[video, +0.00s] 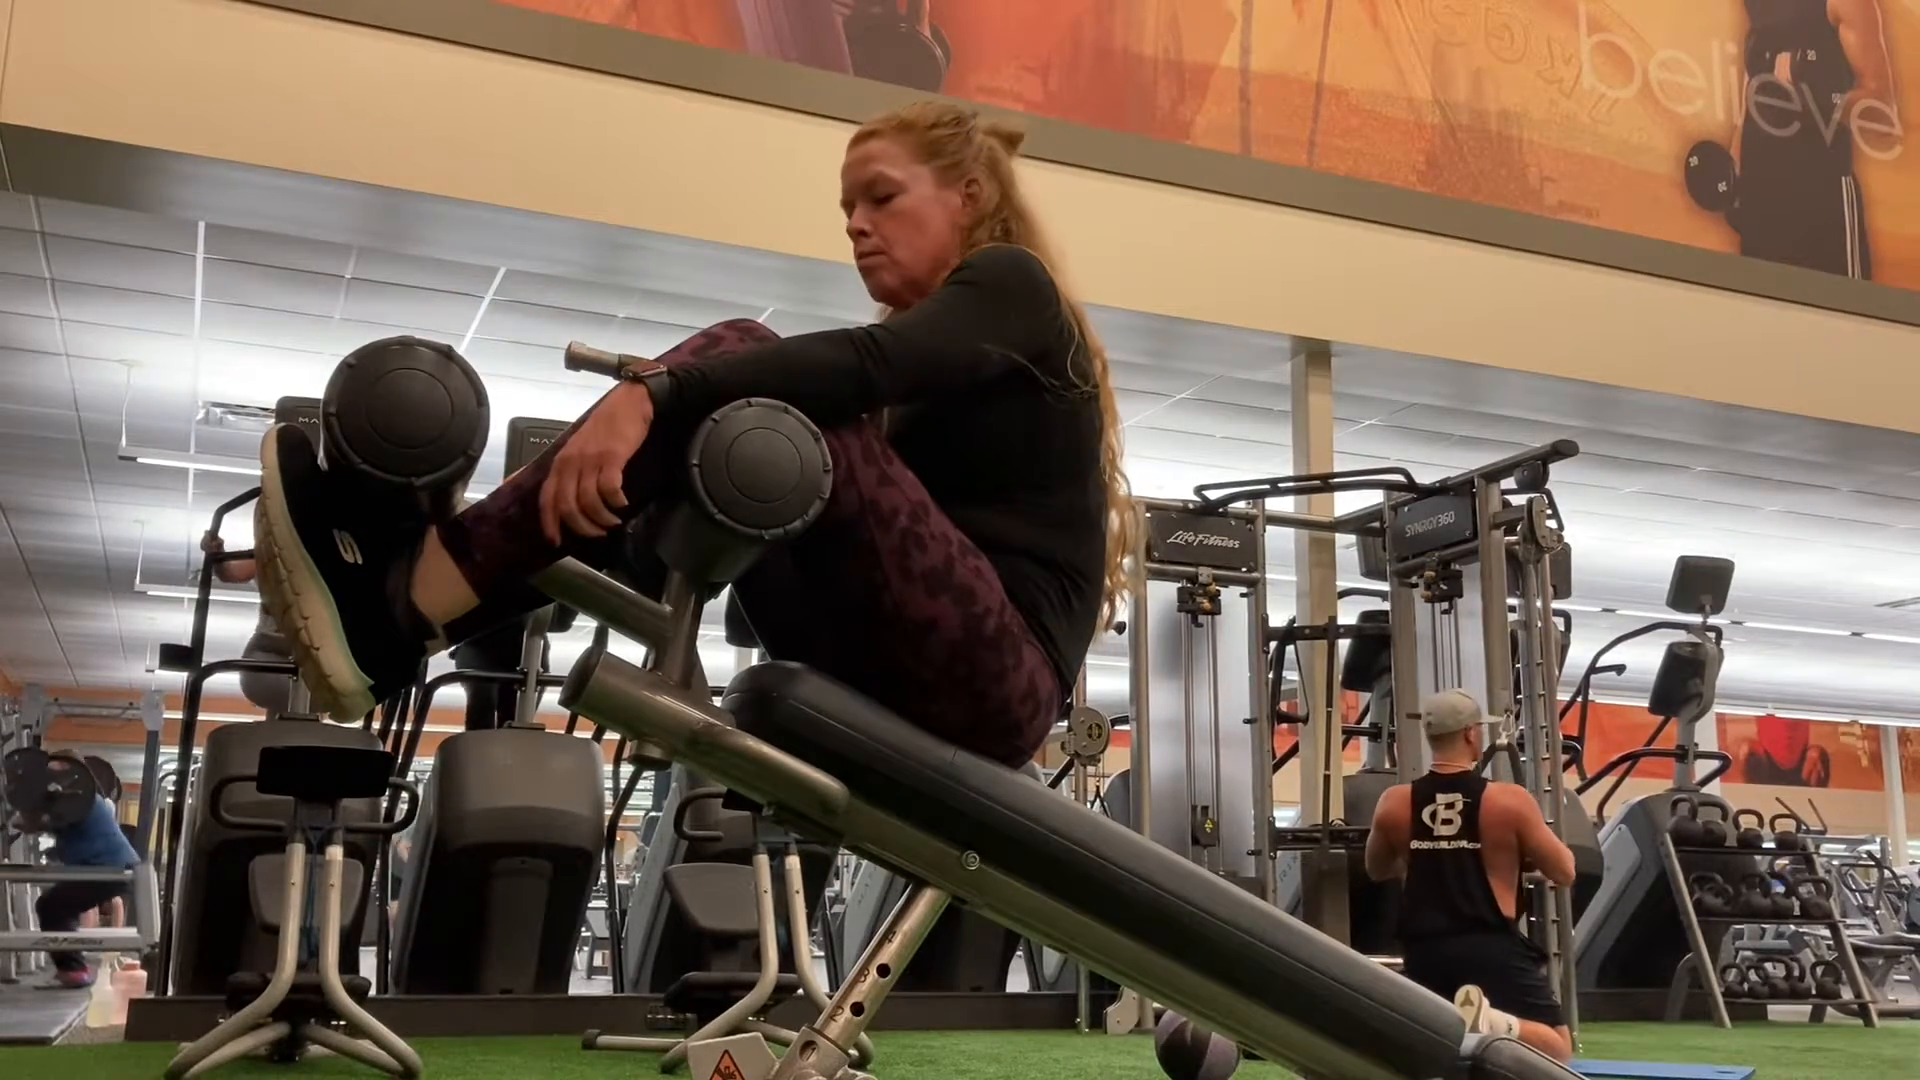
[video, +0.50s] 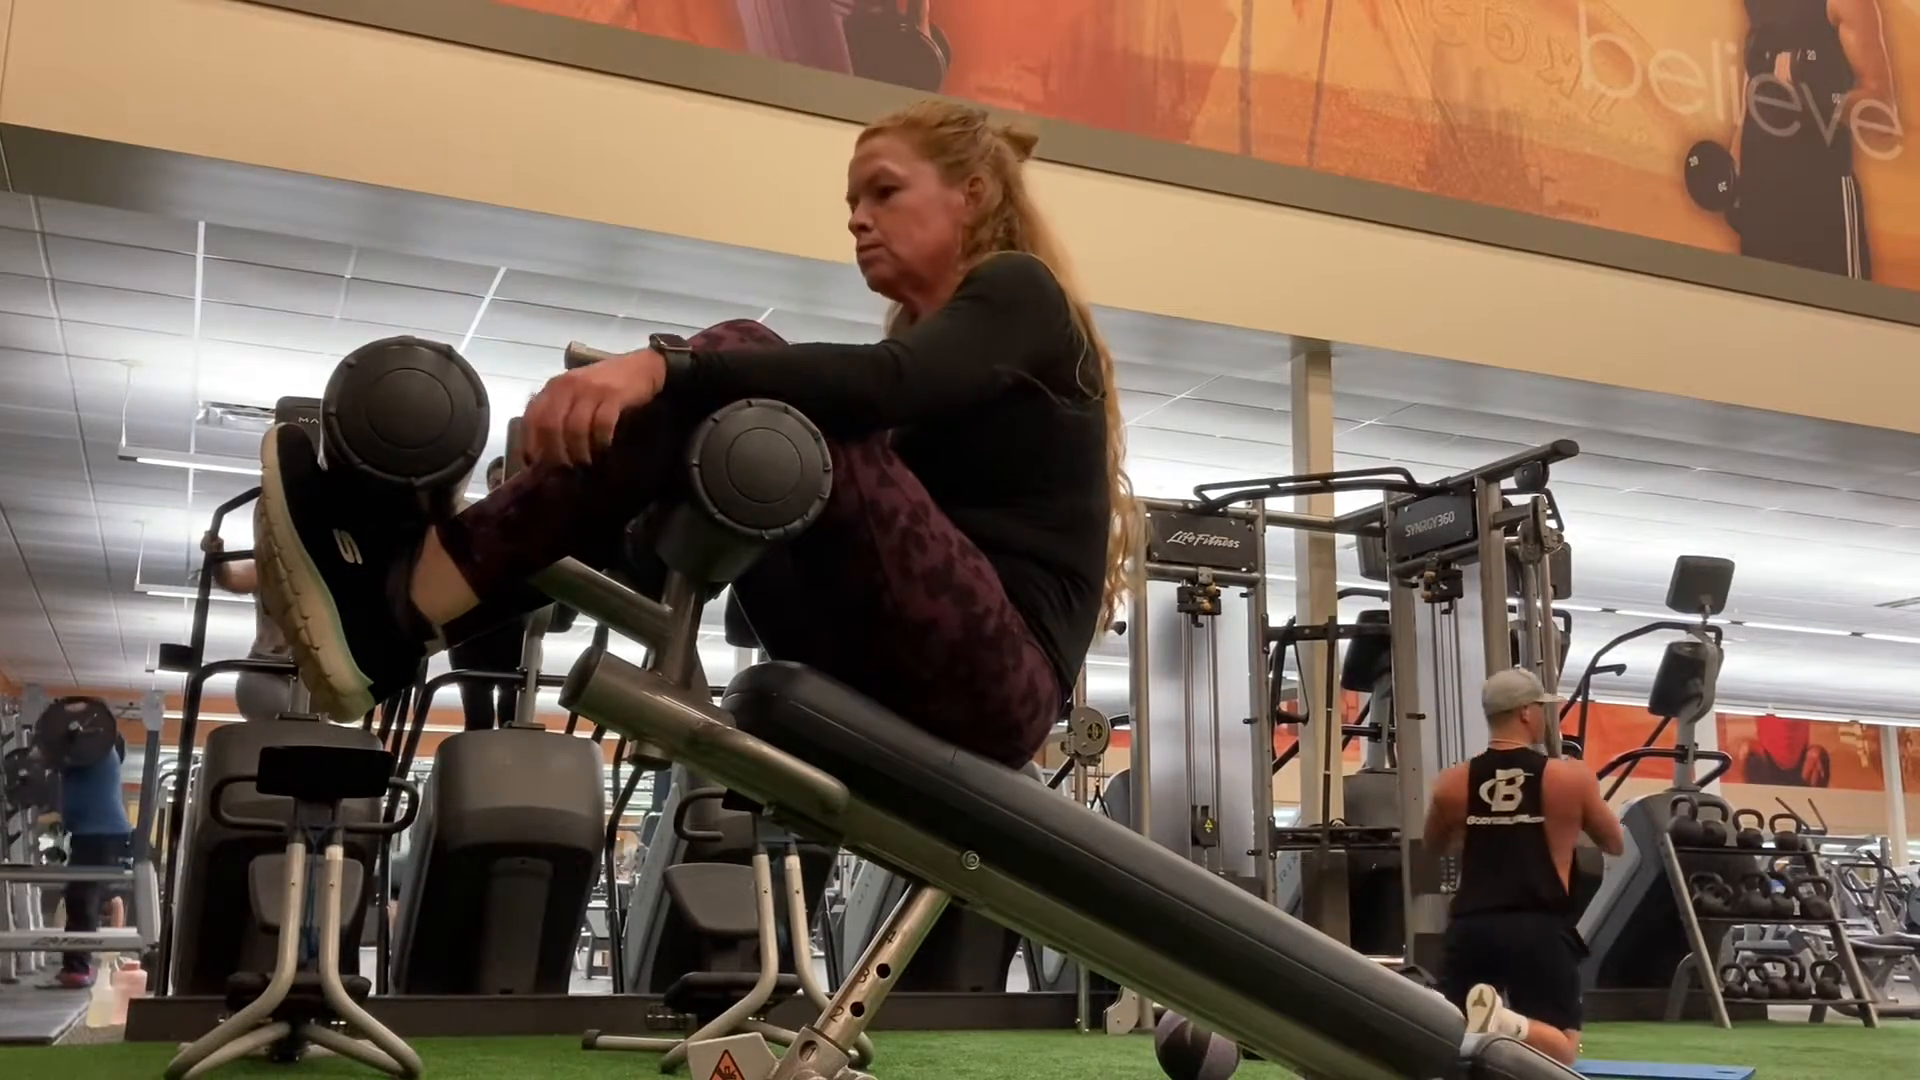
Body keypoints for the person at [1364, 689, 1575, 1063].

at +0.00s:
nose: (1482, 735)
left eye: (1480, 727)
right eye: (1480, 728)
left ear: (1429, 736)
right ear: (1471, 734)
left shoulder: (1394, 802)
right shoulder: (1510, 801)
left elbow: (1376, 868)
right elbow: (1565, 872)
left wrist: (1418, 851)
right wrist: (1531, 854)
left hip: (1424, 957)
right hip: (1494, 956)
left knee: (1437, 1051)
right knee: (1561, 1048)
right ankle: (1494, 1022)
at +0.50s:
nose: (1544, 715)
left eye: (1542, 706)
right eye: (1540, 707)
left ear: (1489, 715)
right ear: (1526, 713)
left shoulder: (1454, 781)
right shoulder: (1572, 777)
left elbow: (1433, 846)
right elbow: (1614, 844)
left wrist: (1476, 819)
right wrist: (1579, 808)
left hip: (1470, 930)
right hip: (1540, 933)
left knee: (1464, 1040)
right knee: (1566, 1051)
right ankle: (1503, 1019)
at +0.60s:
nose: (1556, 709)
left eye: (1554, 701)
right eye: (1553, 701)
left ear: (1500, 709)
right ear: (1539, 707)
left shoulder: (1465, 774)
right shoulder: (1587, 771)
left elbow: (1439, 835)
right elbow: (1622, 838)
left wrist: (1485, 805)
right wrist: (1586, 800)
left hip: (1478, 923)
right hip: (1550, 925)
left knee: (1453, 1029)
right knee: (1565, 1050)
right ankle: (1509, 1019)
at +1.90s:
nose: (1549, 600)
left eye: (1546, 592)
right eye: (1545, 592)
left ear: (1494, 598)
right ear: (1529, 593)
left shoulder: (1461, 652)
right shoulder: (1555, 634)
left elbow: (1462, 716)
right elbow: (1612, 695)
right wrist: (1583, 659)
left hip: (1480, 779)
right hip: (1542, 769)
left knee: (1497, 904)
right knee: (1645, 843)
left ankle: (1503, 1028)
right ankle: (1596, 954)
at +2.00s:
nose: (1550, 593)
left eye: (1548, 586)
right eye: (1547, 586)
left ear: (1495, 592)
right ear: (1534, 587)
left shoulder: (1465, 647)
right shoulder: (1557, 632)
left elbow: (1464, 712)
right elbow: (1611, 695)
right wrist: (1600, 658)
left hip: (1488, 778)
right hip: (1550, 768)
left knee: (1501, 901)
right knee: (1640, 850)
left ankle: (1502, 1027)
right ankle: (1674, 966)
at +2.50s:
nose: (1597, 604)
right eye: (1604, 595)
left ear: (1563, 599)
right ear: (1609, 598)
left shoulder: (1538, 654)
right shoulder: (1649, 652)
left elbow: (1514, 730)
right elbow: (1666, 730)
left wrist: (1491, 794)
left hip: (1570, 795)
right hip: (1639, 794)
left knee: (1538, 900)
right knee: (1660, 911)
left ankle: (1513, 1027)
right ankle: (1683, 1039)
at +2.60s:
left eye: (1585, 595)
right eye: (1613, 594)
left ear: (1574, 597)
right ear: (1619, 596)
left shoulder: (1552, 649)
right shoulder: (1657, 648)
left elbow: (1522, 720)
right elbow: (1678, 719)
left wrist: (1502, 783)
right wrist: (1650, 754)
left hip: (1583, 788)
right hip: (1649, 787)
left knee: (1552, 892)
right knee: (1664, 907)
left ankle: (1546, 1017)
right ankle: (1683, 1037)